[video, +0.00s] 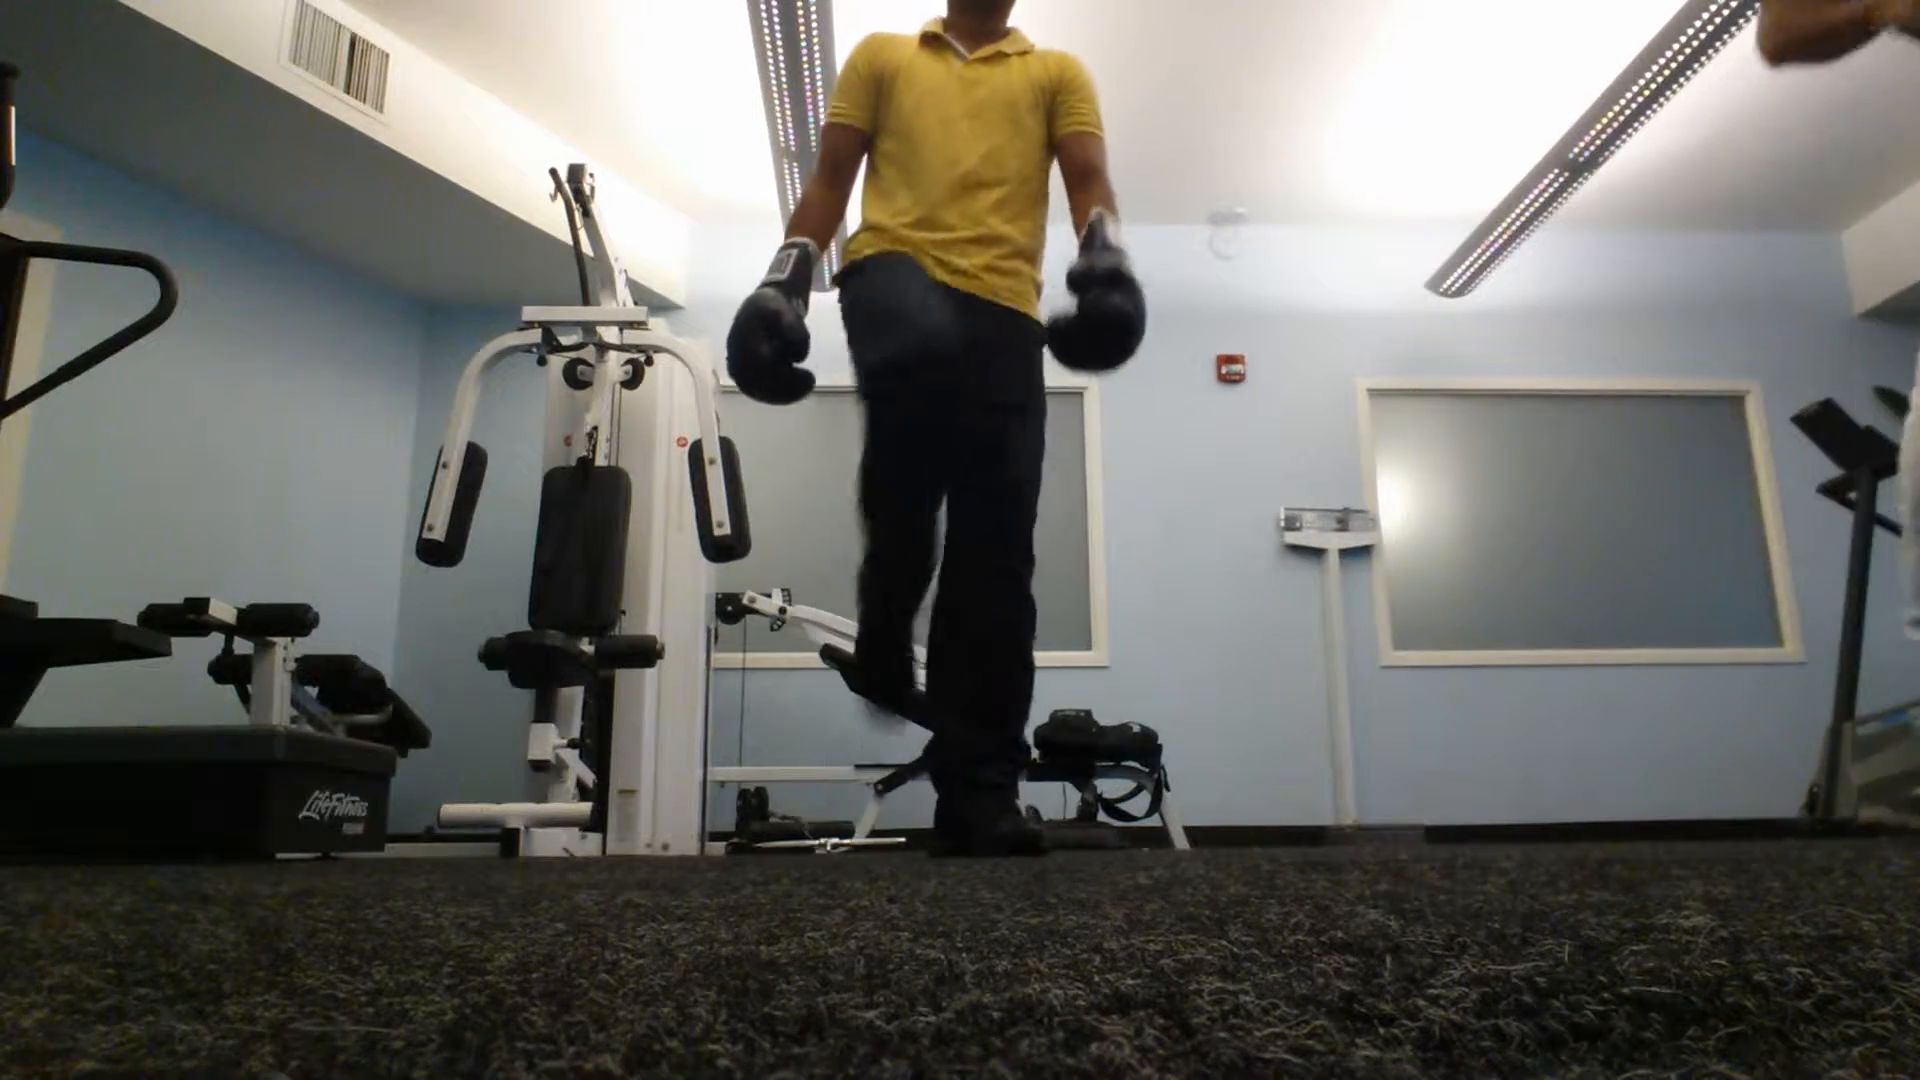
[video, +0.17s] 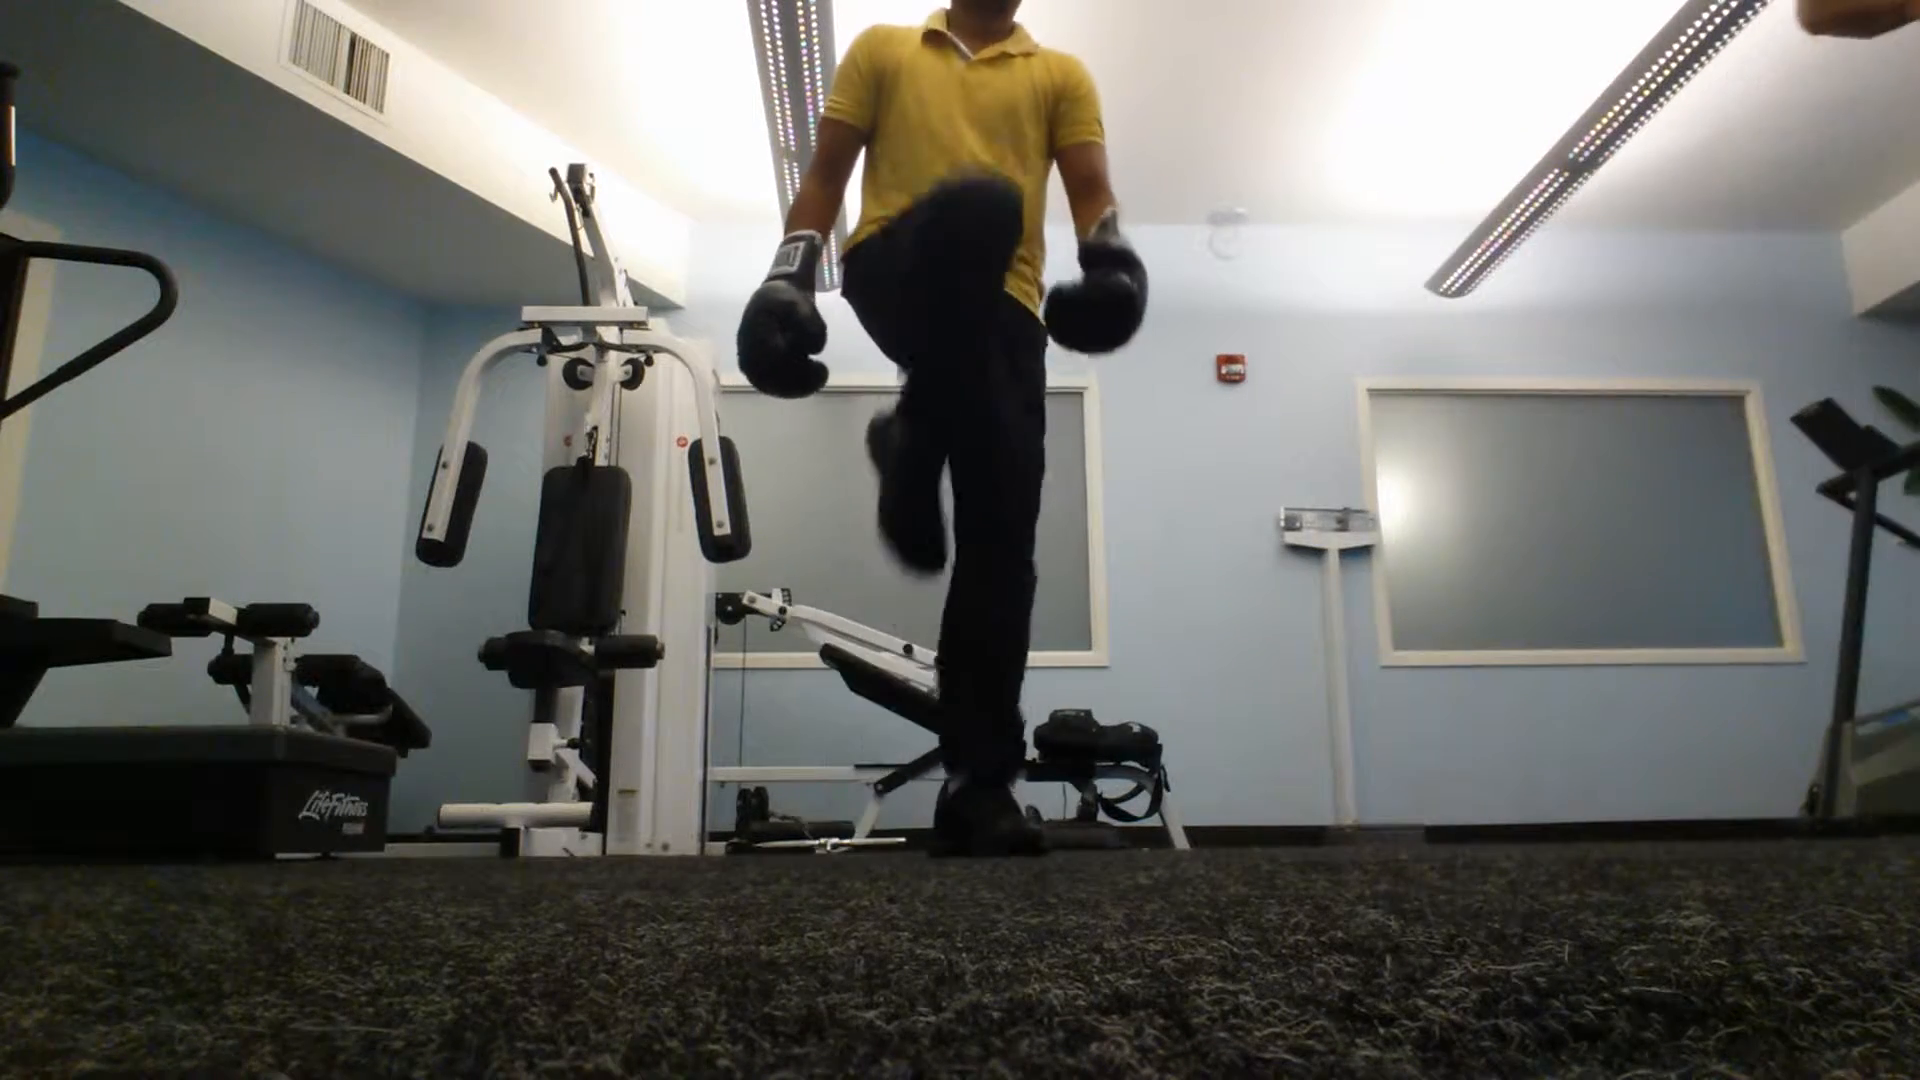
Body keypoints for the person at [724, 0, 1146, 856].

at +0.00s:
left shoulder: (1055, 72)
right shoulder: (884, 56)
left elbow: (1090, 183)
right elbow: (829, 181)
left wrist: (1104, 256)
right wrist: (786, 281)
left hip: (1002, 294)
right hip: (894, 265)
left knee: (998, 552)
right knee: (922, 371)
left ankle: (979, 797)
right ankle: (885, 630)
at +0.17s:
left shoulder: (1058, 74)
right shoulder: (885, 48)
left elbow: (1092, 194)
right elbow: (826, 172)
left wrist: (1107, 249)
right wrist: (790, 273)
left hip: (1005, 310)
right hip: (893, 281)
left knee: (999, 545)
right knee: (983, 204)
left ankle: (979, 792)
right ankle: (911, 457)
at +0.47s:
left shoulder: (1055, 89)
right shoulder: (881, 67)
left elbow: (1085, 220)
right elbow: (829, 192)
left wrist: (1111, 341)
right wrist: (800, 299)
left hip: (999, 322)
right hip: (892, 298)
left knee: (1009, 540)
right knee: (961, 246)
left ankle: (981, 782)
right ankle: (917, 484)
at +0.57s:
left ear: (1012, 1)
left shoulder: (1050, 93)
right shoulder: (878, 72)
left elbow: (1083, 222)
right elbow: (828, 191)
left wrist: (1111, 350)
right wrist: (803, 295)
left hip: (1002, 310)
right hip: (897, 282)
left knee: (1003, 561)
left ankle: (978, 796)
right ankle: (912, 610)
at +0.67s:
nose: (972, 5)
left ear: (1004, 9)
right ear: (925, 4)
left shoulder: (1041, 105)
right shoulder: (871, 86)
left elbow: (1077, 231)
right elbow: (820, 202)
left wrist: (1107, 353)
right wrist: (796, 302)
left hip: (1000, 335)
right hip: (888, 327)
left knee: (1000, 562)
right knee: (895, 550)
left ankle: (982, 800)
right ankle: (893, 763)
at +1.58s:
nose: (956, 136)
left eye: (971, 128)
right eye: (943, 125)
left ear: (990, 149)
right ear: (920, 142)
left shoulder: (1021, 230)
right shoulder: (880, 230)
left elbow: (1048, 327)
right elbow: (849, 333)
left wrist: (1051, 412)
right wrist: (814, 424)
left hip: (991, 441)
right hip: (898, 437)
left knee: (978, 626)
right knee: (891, 611)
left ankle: (970, 811)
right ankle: (890, 799)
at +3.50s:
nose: (966, 257)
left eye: (970, 249)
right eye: (954, 247)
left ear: (971, 260)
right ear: (920, 254)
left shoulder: (980, 340)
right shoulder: (897, 316)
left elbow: (992, 430)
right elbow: (868, 401)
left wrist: (1022, 514)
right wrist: (881, 484)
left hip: (965, 504)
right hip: (919, 495)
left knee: (953, 652)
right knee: (939, 649)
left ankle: (924, 810)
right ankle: (913, 812)